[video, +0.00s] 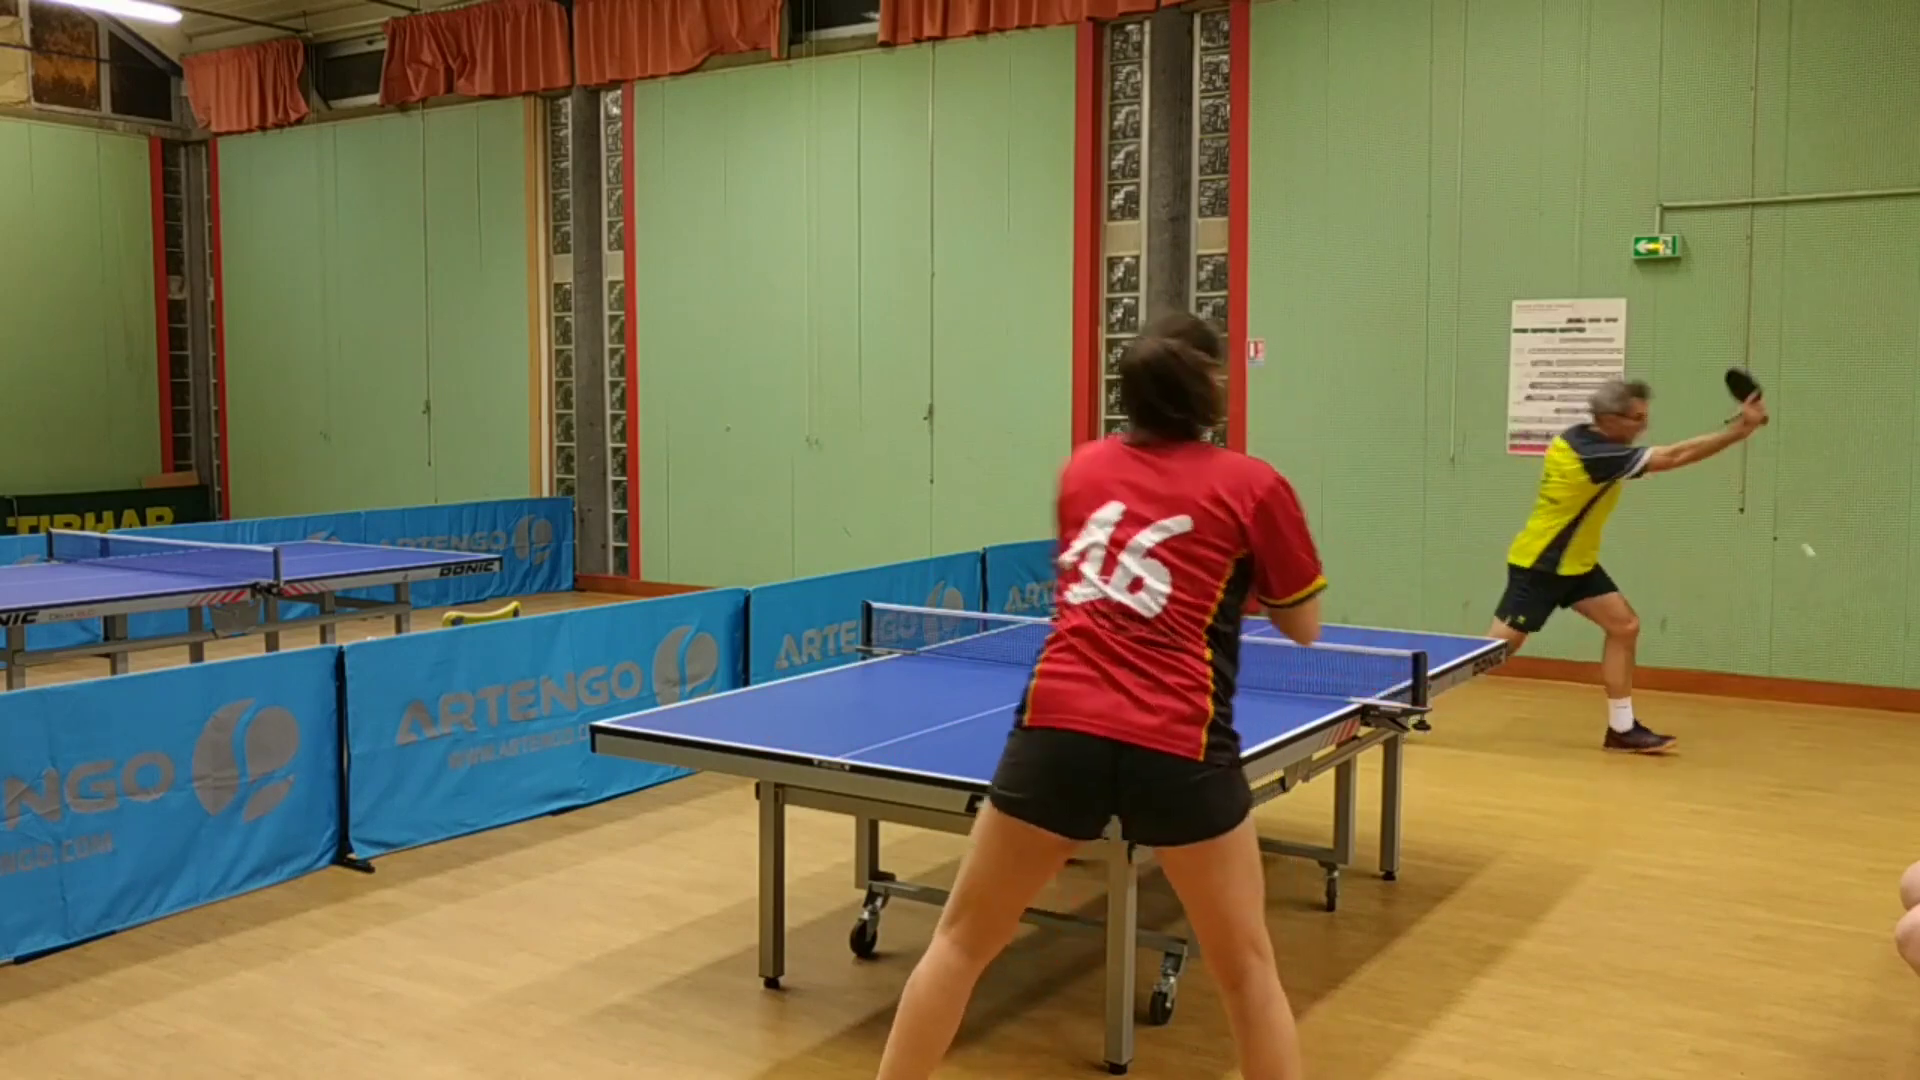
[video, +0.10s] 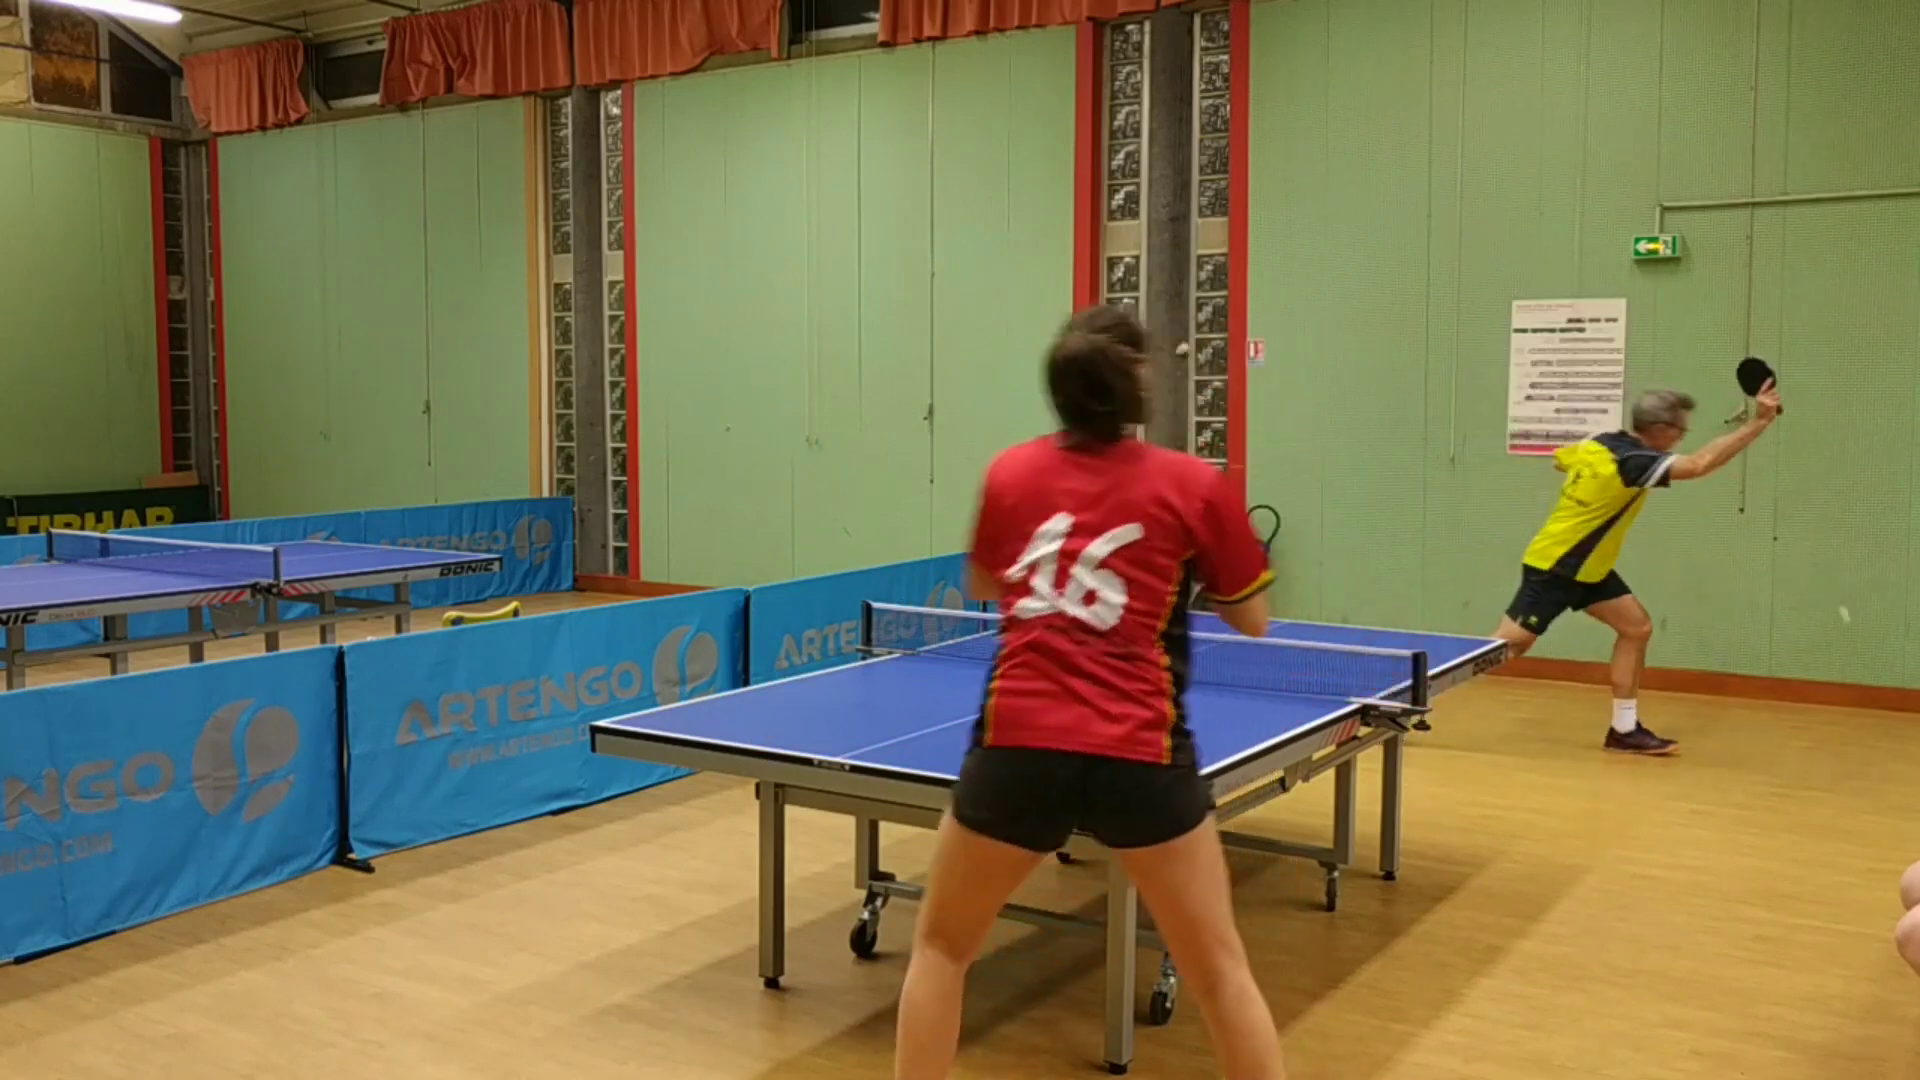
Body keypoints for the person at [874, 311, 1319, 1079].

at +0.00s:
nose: (1227, 381)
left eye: (1222, 370)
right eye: (1222, 372)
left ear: (1128, 392)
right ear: (1212, 391)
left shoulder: (1084, 468)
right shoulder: (1252, 486)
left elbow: (1100, 575)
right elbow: (1303, 623)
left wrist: (1224, 571)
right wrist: (1231, 571)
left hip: (1056, 736)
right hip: (1180, 752)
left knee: (960, 943)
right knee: (1247, 969)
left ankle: (893, 1074)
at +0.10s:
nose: (1150, 376)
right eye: (1146, 367)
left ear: (1058, 388)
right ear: (1139, 384)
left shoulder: (1013, 473)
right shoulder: (1193, 485)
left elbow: (985, 583)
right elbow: (1251, 617)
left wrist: (1081, 562)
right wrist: (1195, 561)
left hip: (1018, 759)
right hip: (1139, 764)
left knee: (942, 950)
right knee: (1221, 971)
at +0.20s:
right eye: (1055, 382)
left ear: (974, 400)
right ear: (1057, 397)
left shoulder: (932, 493)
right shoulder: (1112, 497)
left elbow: (890, 599)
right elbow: (1185, 626)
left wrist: (971, 561)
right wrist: (1114, 570)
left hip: (960, 774)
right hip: (1080, 773)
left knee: (898, 961)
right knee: (1179, 975)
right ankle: (1249, 1078)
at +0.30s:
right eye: (978, 376)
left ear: (899, 391)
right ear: (982, 390)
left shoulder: (861, 492)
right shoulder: (1039, 493)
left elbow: (809, 620)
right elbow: (1110, 626)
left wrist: (875, 573)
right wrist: (1040, 572)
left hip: (898, 774)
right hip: (1015, 771)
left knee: (865, 970)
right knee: (1099, 956)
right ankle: (1198, 1074)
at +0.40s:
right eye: (919, 356)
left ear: (843, 370)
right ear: (925, 367)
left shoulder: (808, 474)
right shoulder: (982, 468)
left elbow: (758, 629)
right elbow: (1037, 603)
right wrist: (956, 605)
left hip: (864, 755)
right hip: (970, 746)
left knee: (851, 967)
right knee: (982, 928)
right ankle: (1099, 1069)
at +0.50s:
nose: (782, 347)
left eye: (784, 337)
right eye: (785, 336)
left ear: (794, 348)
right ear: (876, 346)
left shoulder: (768, 452)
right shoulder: (927, 443)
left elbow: (741, 611)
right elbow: (972, 572)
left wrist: (698, 663)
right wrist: (896, 606)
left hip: (841, 734)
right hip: (933, 726)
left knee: (843, 968)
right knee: (869, 901)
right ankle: (965, 1069)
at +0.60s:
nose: (719, 340)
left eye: (722, 327)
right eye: (722, 326)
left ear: (741, 342)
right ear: (806, 339)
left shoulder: (736, 448)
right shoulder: (853, 431)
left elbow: (727, 598)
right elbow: (902, 537)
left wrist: (660, 668)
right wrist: (851, 618)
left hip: (811, 729)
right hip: (875, 714)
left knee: (842, 967)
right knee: (744, 897)